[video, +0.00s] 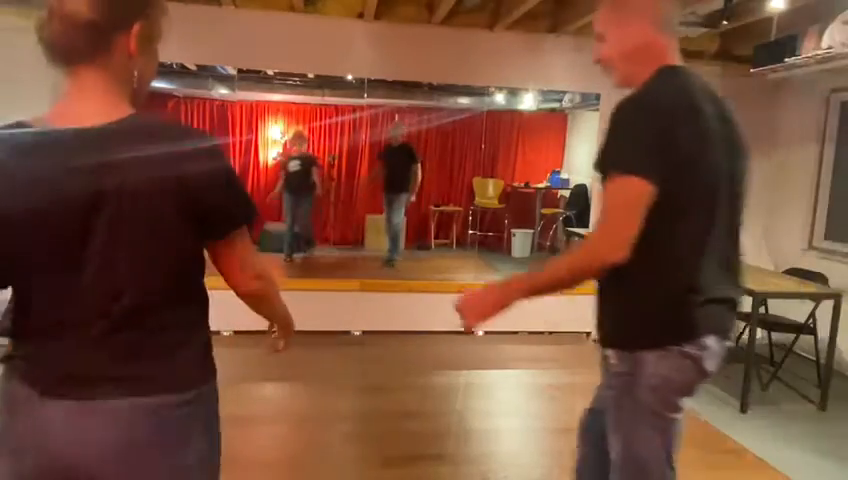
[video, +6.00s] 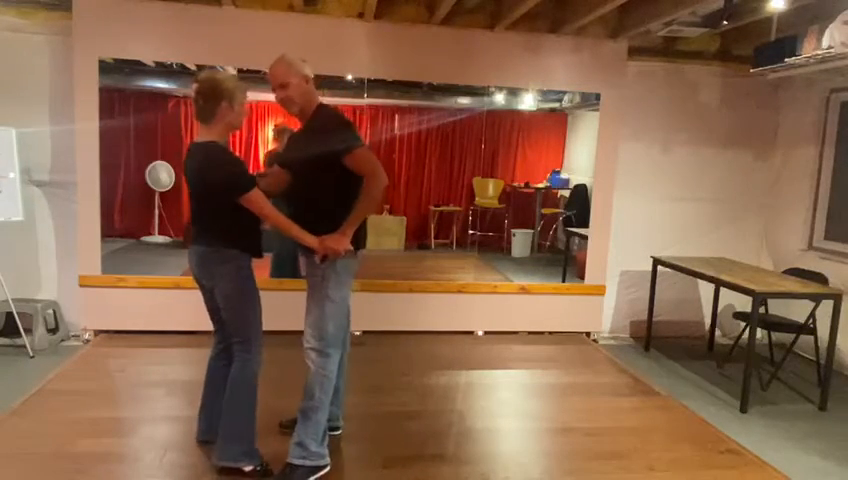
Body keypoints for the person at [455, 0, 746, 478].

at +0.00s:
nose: (597, 54)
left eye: (602, 37)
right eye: (597, 39)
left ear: (641, 33)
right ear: (651, 35)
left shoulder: (648, 108)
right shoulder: (710, 106)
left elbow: (612, 243)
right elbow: (702, 232)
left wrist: (505, 291)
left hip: (655, 342)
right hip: (696, 332)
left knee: (640, 471)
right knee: (598, 440)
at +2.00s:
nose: (351, 93)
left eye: (358, 85)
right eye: (348, 87)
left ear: (380, 85)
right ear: (349, 90)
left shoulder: (397, 133)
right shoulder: (355, 137)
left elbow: (412, 197)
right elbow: (333, 184)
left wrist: (365, 236)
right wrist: (290, 201)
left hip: (386, 247)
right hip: (358, 244)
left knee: (340, 322)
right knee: (351, 327)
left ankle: (371, 415)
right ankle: (352, 404)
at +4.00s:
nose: (298, 92)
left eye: (304, 82)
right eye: (296, 84)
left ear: (330, 82)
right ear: (321, 84)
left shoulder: (344, 125)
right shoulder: (328, 126)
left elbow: (374, 184)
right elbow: (325, 186)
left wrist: (340, 243)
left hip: (340, 257)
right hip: (331, 254)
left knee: (324, 355)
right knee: (340, 338)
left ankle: (317, 464)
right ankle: (353, 408)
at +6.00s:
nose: (278, 95)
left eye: (282, 86)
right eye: (274, 89)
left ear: (307, 80)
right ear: (284, 89)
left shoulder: (332, 125)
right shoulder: (301, 132)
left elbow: (377, 179)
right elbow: (281, 180)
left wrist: (346, 233)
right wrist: (243, 186)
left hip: (333, 252)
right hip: (315, 250)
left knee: (320, 347)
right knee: (329, 340)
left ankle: (310, 454)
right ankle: (328, 418)